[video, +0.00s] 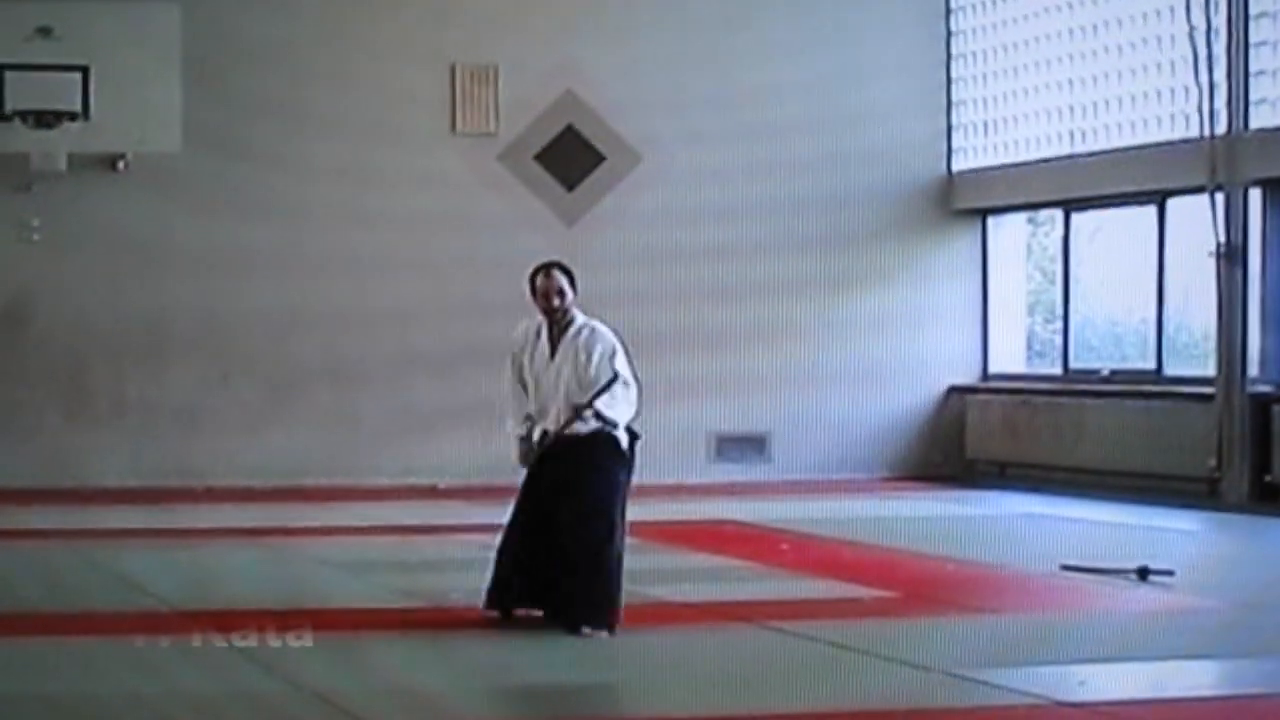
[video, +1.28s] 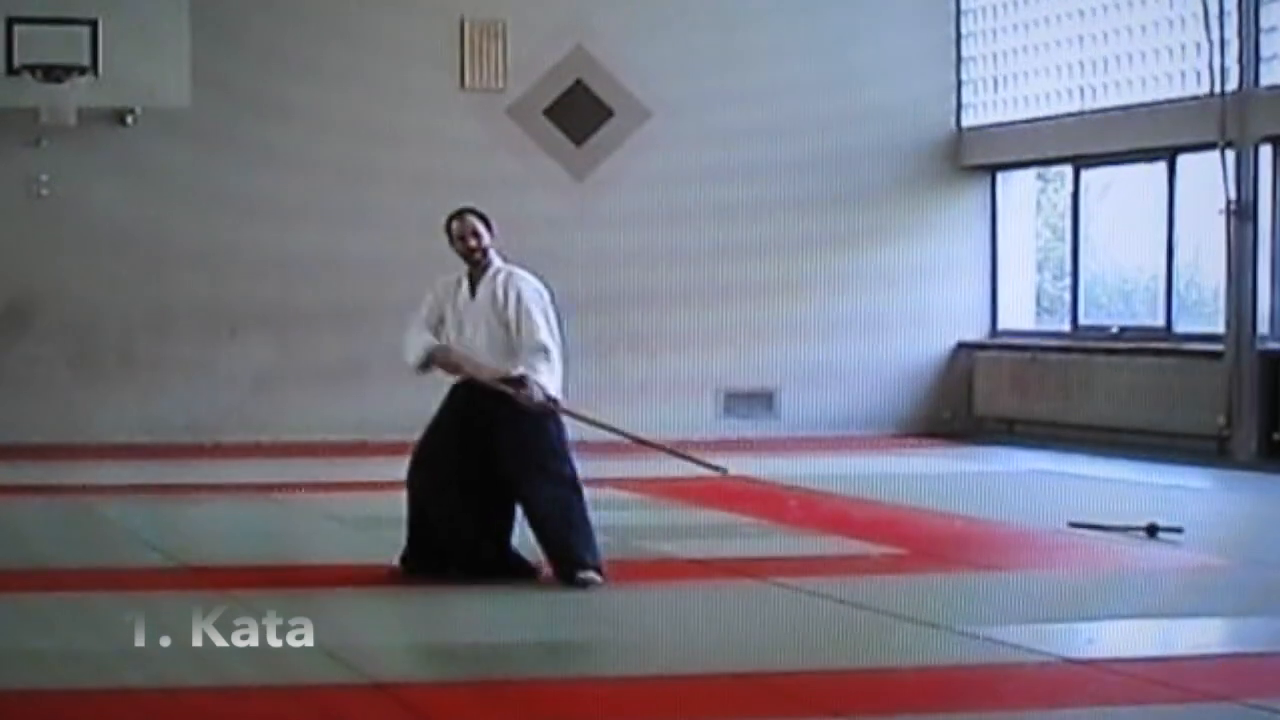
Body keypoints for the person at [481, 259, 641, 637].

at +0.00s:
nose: (553, 302)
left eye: (559, 293)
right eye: (545, 295)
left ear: (572, 294)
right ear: (535, 300)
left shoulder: (596, 337)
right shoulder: (525, 342)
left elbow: (622, 393)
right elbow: (519, 397)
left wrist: (585, 421)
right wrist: (524, 436)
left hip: (597, 442)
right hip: (551, 443)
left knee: (594, 526)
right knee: (533, 520)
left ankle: (596, 615)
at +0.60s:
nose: (568, 283)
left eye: (574, 274)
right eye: (559, 277)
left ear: (587, 276)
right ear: (549, 283)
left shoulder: (611, 321)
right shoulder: (539, 320)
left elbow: (624, 362)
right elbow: (537, 368)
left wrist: (619, 378)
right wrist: (570, 387)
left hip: (605, 423)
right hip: (560, 422)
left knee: (599, 511)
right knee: (548, 507)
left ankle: (604, 598)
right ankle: (553, 596)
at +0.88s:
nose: (543, 256)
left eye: (549, 247)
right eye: (533, 251)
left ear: (564, 249)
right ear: (526, 260)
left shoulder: (589, 292)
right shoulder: (518, 299)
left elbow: (612, 326)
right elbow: (526, 354)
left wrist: (628, 356)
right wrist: (572, 372)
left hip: (592, 398)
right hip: (543, 399)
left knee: (591, 488)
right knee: (512, 489)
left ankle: (602, 580)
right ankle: (542, 576)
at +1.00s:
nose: (522, 247)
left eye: (527, 238)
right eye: (513, 242)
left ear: (542, 242)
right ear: (505, 252)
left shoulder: (571, 288)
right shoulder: (496, 299)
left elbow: (599, 329)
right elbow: (504, 353)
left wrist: (619, 368)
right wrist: (546, 375)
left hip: (579, 394)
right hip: (525, 397)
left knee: (587, 481)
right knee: (492, 473)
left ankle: (599, 572)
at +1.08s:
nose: (510, 247)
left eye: (515, 238)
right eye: (501, 243)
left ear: (530, 241)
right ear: (493, 253)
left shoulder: (560, 288)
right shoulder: (485, 300)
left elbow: (590, 334)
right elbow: (486, 357)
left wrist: (609, 377)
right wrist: (527, 377)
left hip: (570, 396)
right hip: (514, 400)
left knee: (581, 485)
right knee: (481, 473)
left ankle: (596, 573)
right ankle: (452, 551)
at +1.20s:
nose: (483, 246)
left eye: (488, 237)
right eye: (474, 242)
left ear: (503, 239)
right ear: (466, 251)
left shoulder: (533, 289)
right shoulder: (459, 298)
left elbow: (557, 339)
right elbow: (443, 346)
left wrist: (568, 385)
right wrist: (472, 374)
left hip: (537, 396)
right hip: (484, 399)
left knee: (559, 484)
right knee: (445, 474)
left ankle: (589, 570)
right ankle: (430, 563)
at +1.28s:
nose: (470, 243)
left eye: (475, 234)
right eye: (460, 239)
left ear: (490, 236)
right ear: (453, 248)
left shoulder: (520, 286)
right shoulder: (446, 293)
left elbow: (542, 346)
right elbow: (416, 337)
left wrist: (536, 383)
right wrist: (438, 355)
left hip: (521, 397)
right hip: (470, 396)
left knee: (546, 479)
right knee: (431, 468)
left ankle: (578, 563)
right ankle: (427, 557)